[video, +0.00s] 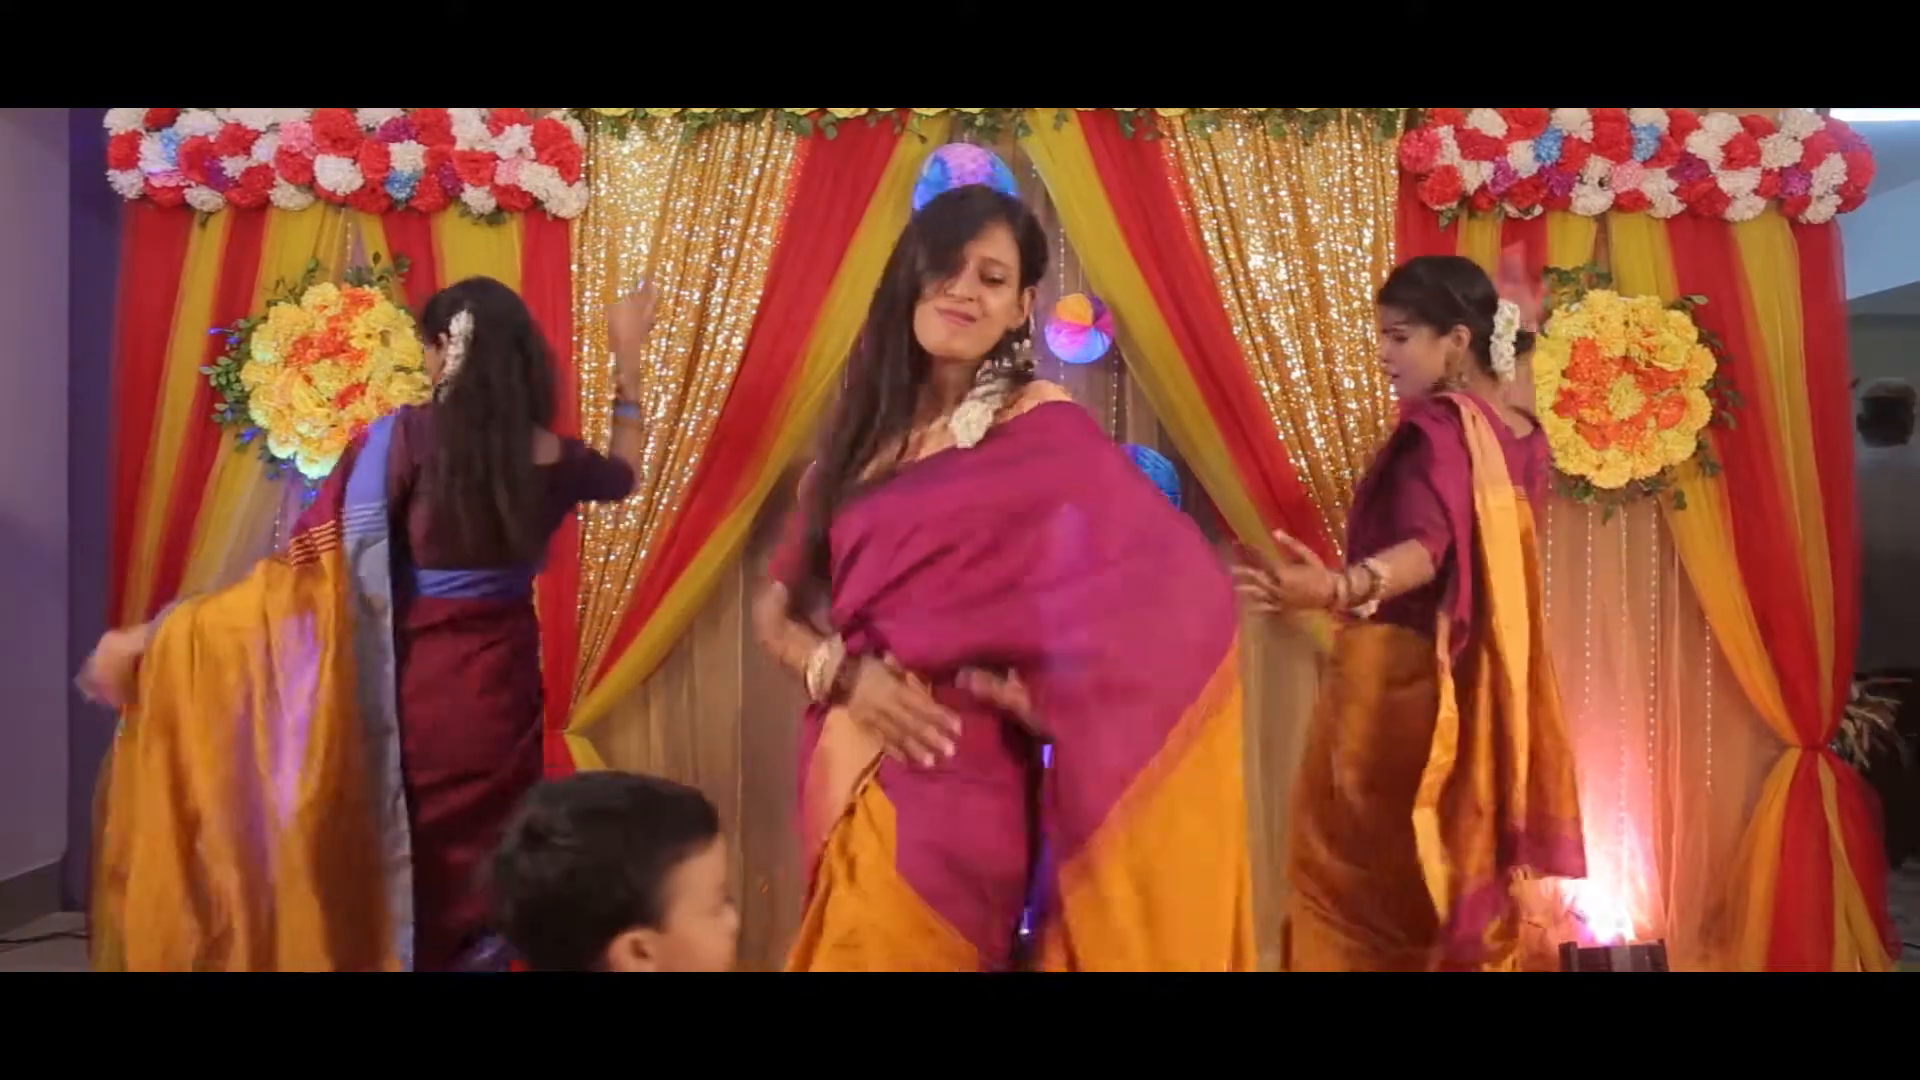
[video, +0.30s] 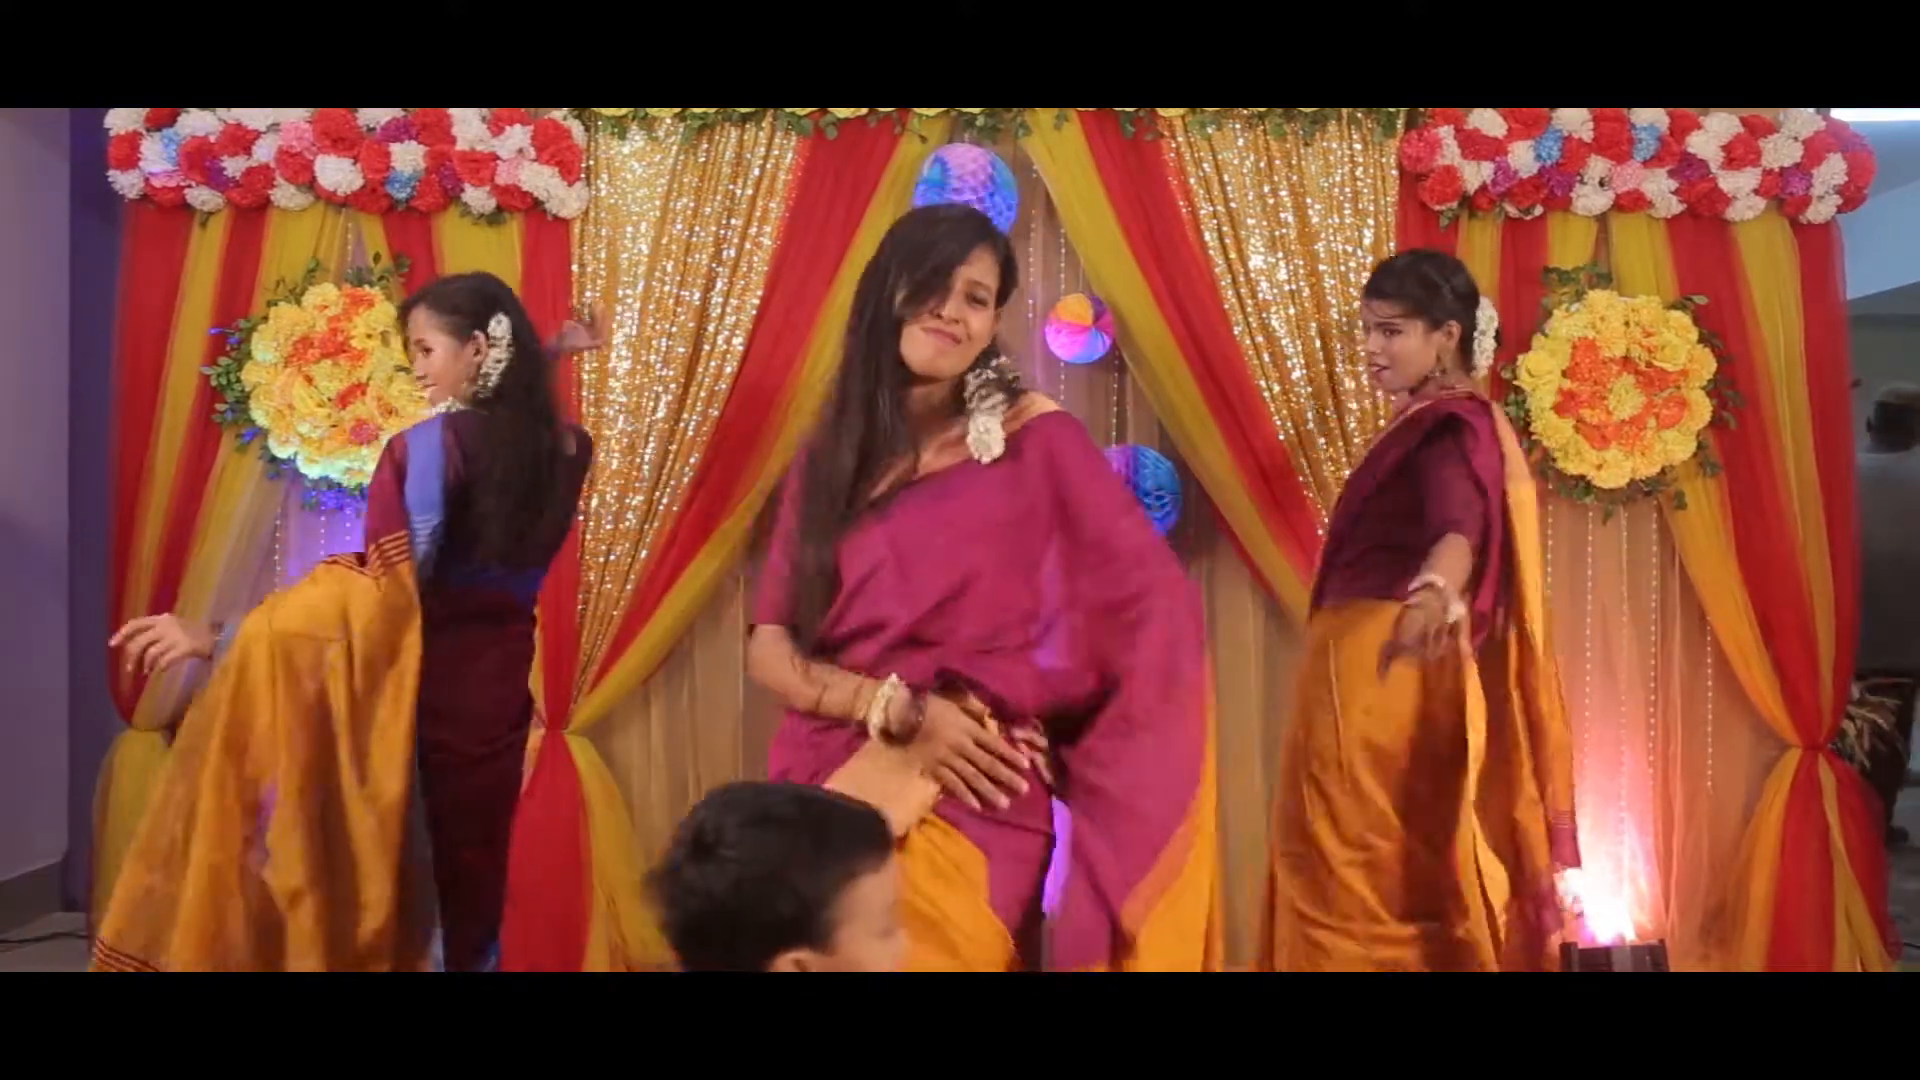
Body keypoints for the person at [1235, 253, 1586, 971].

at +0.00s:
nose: (1384, 354)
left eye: (1400, 336)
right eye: (1382, 335)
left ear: (1458, 340)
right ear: (1458, 345)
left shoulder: (1436, 427)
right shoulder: (1515, 432)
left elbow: (1427, 547)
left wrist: (1334, 585)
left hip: (1395, 667)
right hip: (1466, 670)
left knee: (1349, 864)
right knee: (1448, 856)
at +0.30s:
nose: (1372, 348)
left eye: (1391, 329)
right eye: (1368, 330)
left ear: (1446, 338)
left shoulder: (1450, 423)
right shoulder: (1429, 421)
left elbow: (1461, 519)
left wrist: (1437, 584)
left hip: (1384, 650)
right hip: (1367, 646)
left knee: (1346, 848)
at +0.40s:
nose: (1374, 348)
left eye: (1394, 328)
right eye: (1366, 328)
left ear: (1446, 338)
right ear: (1360, 332)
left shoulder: (1459, 427)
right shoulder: (1406, 427)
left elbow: (1483, 524)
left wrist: (1466, 576)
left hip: (1391, 653)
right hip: (1339, 650)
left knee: (1363, 865)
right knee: (1302, 862)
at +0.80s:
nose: (1375, 358)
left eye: (1397, 340)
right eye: (1369, 339)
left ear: (1448, 348)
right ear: (1363, 340)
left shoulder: (1483, 435)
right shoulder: (1392, 444)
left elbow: (1522, 544)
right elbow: (1312, 434)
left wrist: (1539, 584)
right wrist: (1283, 343)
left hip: (1432, 678)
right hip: (1367, 680)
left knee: (1335, 854)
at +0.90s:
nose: (1375, 355)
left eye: (1398, 336)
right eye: (1368, 335)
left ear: (1449, 345)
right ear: (1361, 337)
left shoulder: (1487, 432)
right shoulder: (1391, 445)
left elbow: (1532, 559)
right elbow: (1307, 439)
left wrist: (1545, 588)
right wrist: (1277, 342)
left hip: (1435, 682)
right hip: (1368, 682)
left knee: (1346, 870)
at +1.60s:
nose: (1396, 366)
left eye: (1419, 347)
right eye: (1382, 347)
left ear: (1460, 361)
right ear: (1368, 355)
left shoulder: (1509, 454)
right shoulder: (1354, 472)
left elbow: (1573, 588)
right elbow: (1227, 469)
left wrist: (1626, 657)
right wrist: (1167, 363)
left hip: (1472, 719)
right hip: (1368, 719)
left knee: (1375, 905)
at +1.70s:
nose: (1405, 355)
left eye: (1426, 338)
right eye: (1389, 337)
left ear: (1466, 347)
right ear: (1371, 345)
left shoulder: (1515, 442)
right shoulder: (1350, 449)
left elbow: (1582, 565)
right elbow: (1212, 436)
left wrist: (1655, 625)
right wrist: (1163, 340)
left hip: (1488, 676)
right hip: (1377, 679)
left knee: (1440, 868)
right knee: (1362, 864)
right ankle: (1374, 967)